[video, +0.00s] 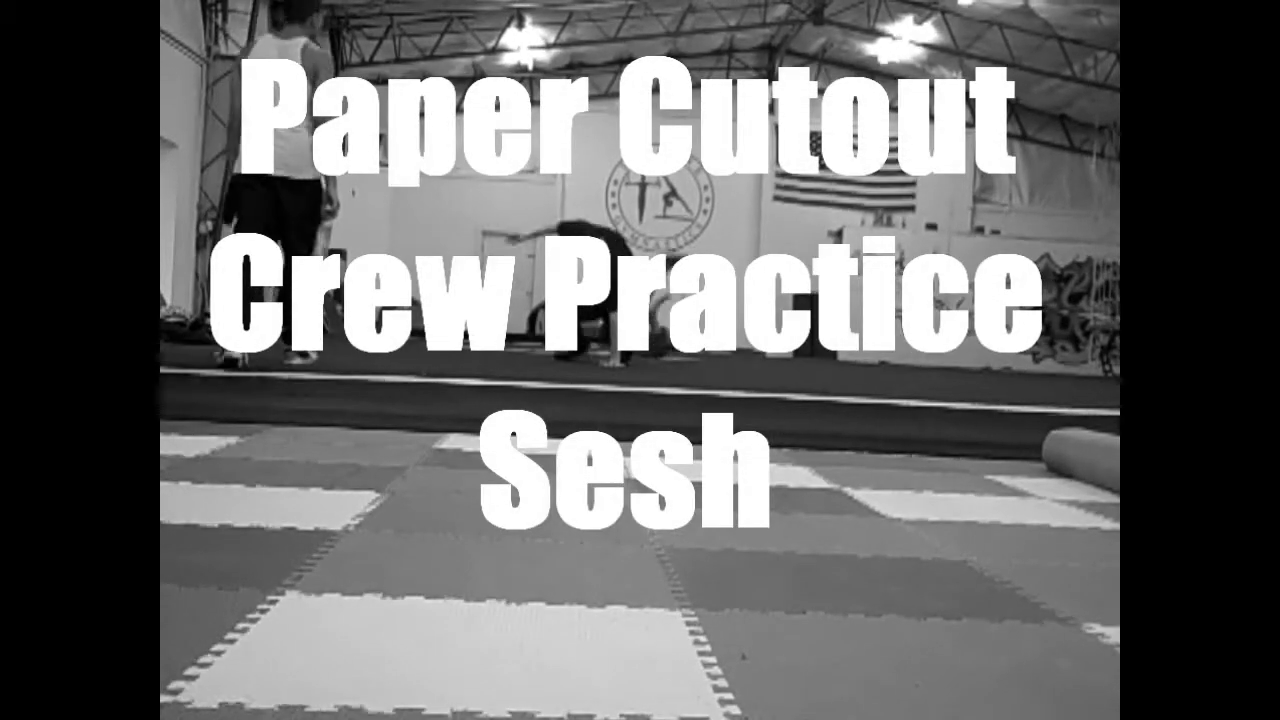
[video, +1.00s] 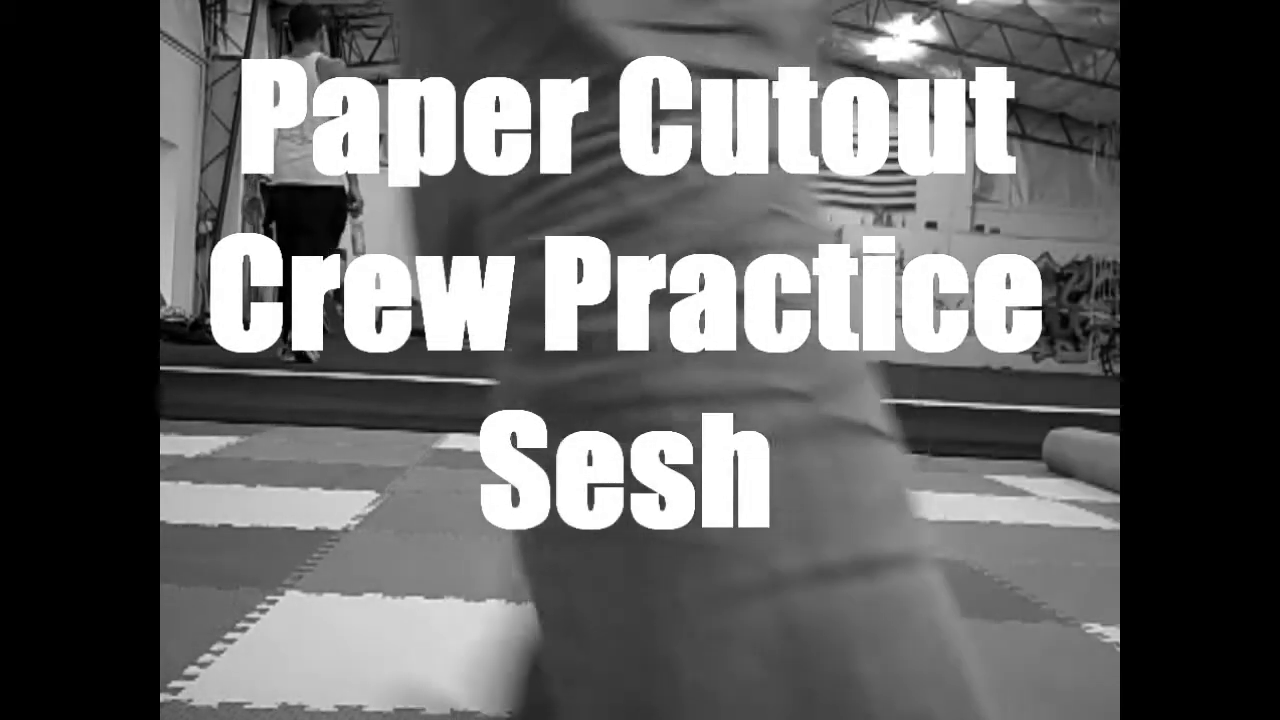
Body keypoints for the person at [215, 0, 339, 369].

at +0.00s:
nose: (321, 21)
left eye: (322, 15)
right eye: (320, 14)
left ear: (276, 13)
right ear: (311, 16)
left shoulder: (252, 51)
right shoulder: (317, 55)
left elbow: (236, 118)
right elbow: (324, 125)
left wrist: (230, 170)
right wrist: (332, 183)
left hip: (252, 174)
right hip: (299, 179)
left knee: (246, 259)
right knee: (300, 262)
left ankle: (235, 343)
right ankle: (301, 346)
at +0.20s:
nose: (340, 25)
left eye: (338, 17)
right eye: (339, 18)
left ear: (302, 13)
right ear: (333, 19)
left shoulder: (269, 49)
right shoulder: (333, 59)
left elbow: (248, 111)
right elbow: (343, 128)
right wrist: (345, 186)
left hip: (263, 176)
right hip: (310, 179)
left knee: (255, 256)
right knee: (305, 265)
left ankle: (238, 332)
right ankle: (299, 347)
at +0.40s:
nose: (346, 27)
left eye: (343, 19)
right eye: (345, 20)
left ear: (307, 17)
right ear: (338, 21)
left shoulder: (279, 51)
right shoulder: (341, 62)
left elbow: (258, 113)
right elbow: (355, 129)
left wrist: (252, 173)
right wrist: (359, 186)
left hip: (271, 177)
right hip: (314, 181)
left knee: (267, 258)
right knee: (306, 266)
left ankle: (255, 337)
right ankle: (299, 347)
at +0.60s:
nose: (343, 31)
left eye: (340, 25)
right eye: (343, 25)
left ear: (306, 22)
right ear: (338, 26)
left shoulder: (284, 57)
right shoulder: (342, 65)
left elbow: (263, 120)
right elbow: (358, 131)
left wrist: (257, 175)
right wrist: (364, 188)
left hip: (277, 178)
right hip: (317, 181)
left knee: (279, 260)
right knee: (309, 264)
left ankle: (280, 339)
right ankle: (301, 345)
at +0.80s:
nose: (336, 34)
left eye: (333, 30)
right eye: (336, 30)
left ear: (299, 29)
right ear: (331, 31)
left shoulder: (277, 67)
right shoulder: (340, 70)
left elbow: (259, 129)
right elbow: (354, 137)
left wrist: (258, 183)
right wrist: (362, 190)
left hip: (281, 185)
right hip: (323, 185)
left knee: (288, 266)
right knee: (310, 266)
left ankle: (292, 341)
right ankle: (300, 346)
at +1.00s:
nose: (328, 37)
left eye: (324, 33)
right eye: (327, 32)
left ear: (289, 34)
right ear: (321, 33)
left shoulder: (273, 70)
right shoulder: (336, 69)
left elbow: (256, 134)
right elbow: (350, 132)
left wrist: (255, 190)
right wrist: (354, 187)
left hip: (281, 188)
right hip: (325, 187)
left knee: (290, 267)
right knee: (317, 267)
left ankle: (294, 341)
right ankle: (304, 343)